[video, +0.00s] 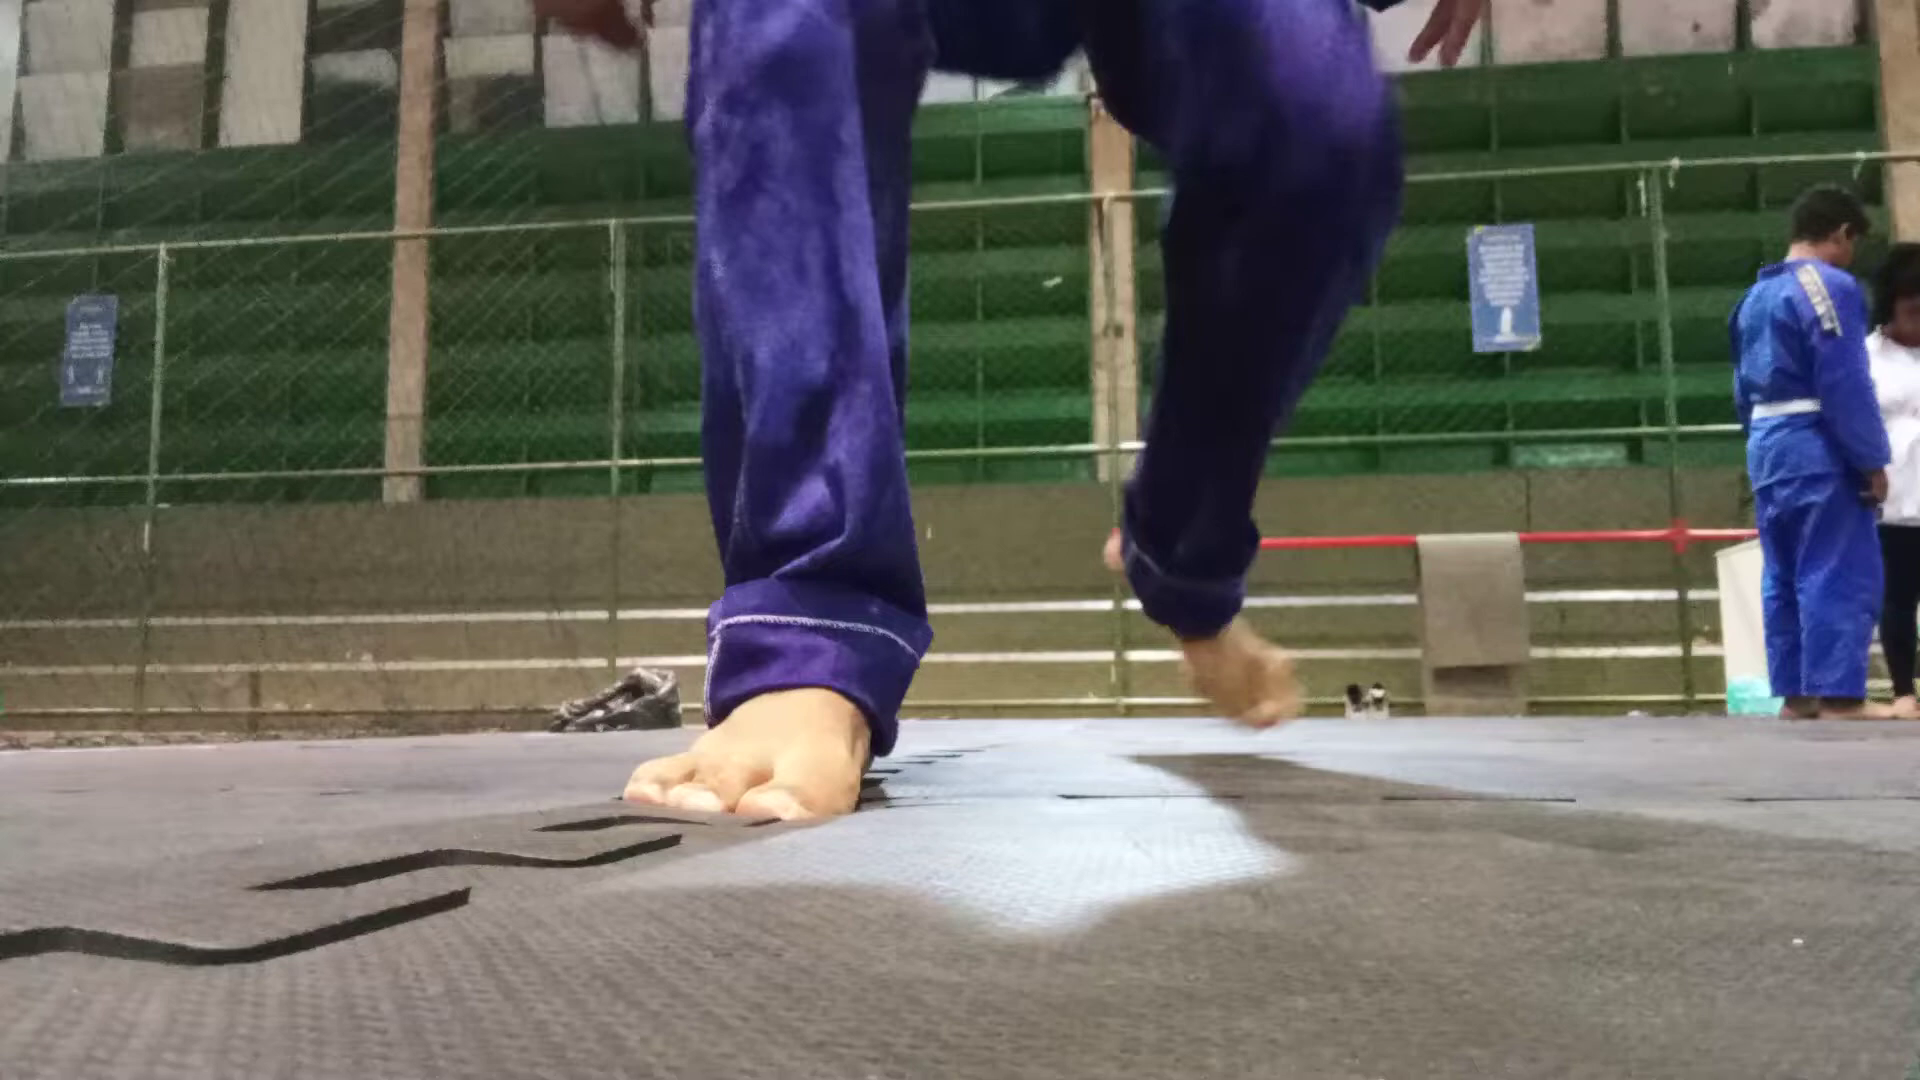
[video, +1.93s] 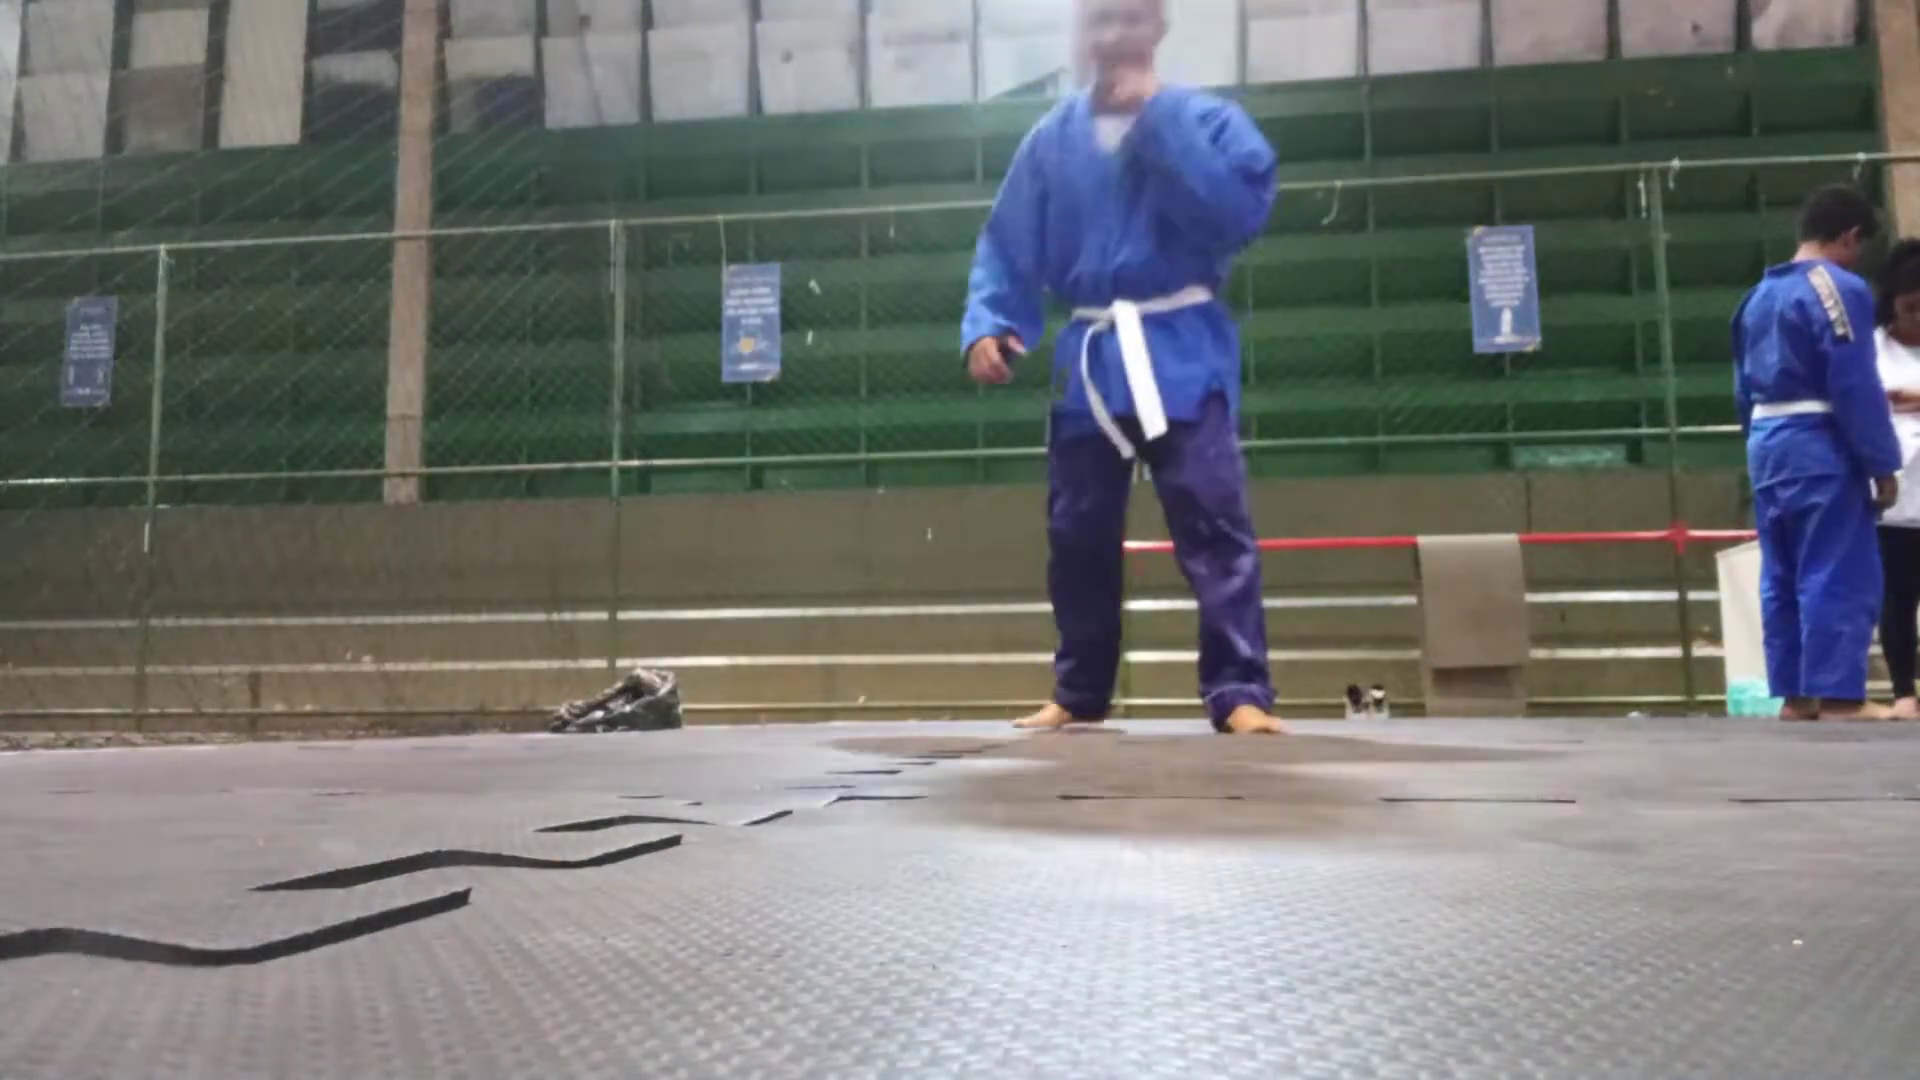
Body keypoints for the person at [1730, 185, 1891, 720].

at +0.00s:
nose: (1853, 255)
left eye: (1855, 245)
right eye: (1854, 243)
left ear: (1797, 232)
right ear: (1839, 234)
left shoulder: (1755, 295)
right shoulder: (1827, 287)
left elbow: (1746, 391)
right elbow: (1845, 386)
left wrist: (1767, 442)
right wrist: (1874, 461)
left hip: (1766, 442)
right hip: (1814, 439)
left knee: (1785, 573)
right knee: (1842, 566)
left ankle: (1794, 696)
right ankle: (1839, 697)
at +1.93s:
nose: (1860, 254)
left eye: (1863, 245)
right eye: (1861, 244)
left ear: (1805, 233)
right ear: (1847, 236)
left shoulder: (1759, 296)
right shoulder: (1838, 289)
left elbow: (1746, 391)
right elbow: (1854, 388)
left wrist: (1765, 445)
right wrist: (1884, 465)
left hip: (1765, 440)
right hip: (1818, 438)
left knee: (1784, 573)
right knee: (1838, 569)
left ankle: (1794, 697)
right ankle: (1838, 698)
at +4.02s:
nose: (1851, 252)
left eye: (1853, 243)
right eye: (1853, 242)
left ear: (1796, 232)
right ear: (1842, 235)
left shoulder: (1752, 296)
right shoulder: (1835, 289)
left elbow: (1739, 392)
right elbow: (1854, 387)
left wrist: (1760, 444)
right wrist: (1885, 464)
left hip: (1761, 441)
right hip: (1816, 439)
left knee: (1781, 574)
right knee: (1840, 569)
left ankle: (1793, 697)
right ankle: (1839, 698)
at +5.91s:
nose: (1857, 252)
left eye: (1860, 243)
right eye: (1858, 241)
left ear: (1801, 231)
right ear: (1843, 234)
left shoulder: (1755, 296)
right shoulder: (1837, 289)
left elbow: (1741, 392)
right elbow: (1854, 388)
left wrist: (1761, 445)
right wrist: (1884, 466)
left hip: (1763, 439)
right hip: (1817, 438)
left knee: (1782, 573)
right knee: (1839, 569)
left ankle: (1794, 696)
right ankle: (1838, 698)